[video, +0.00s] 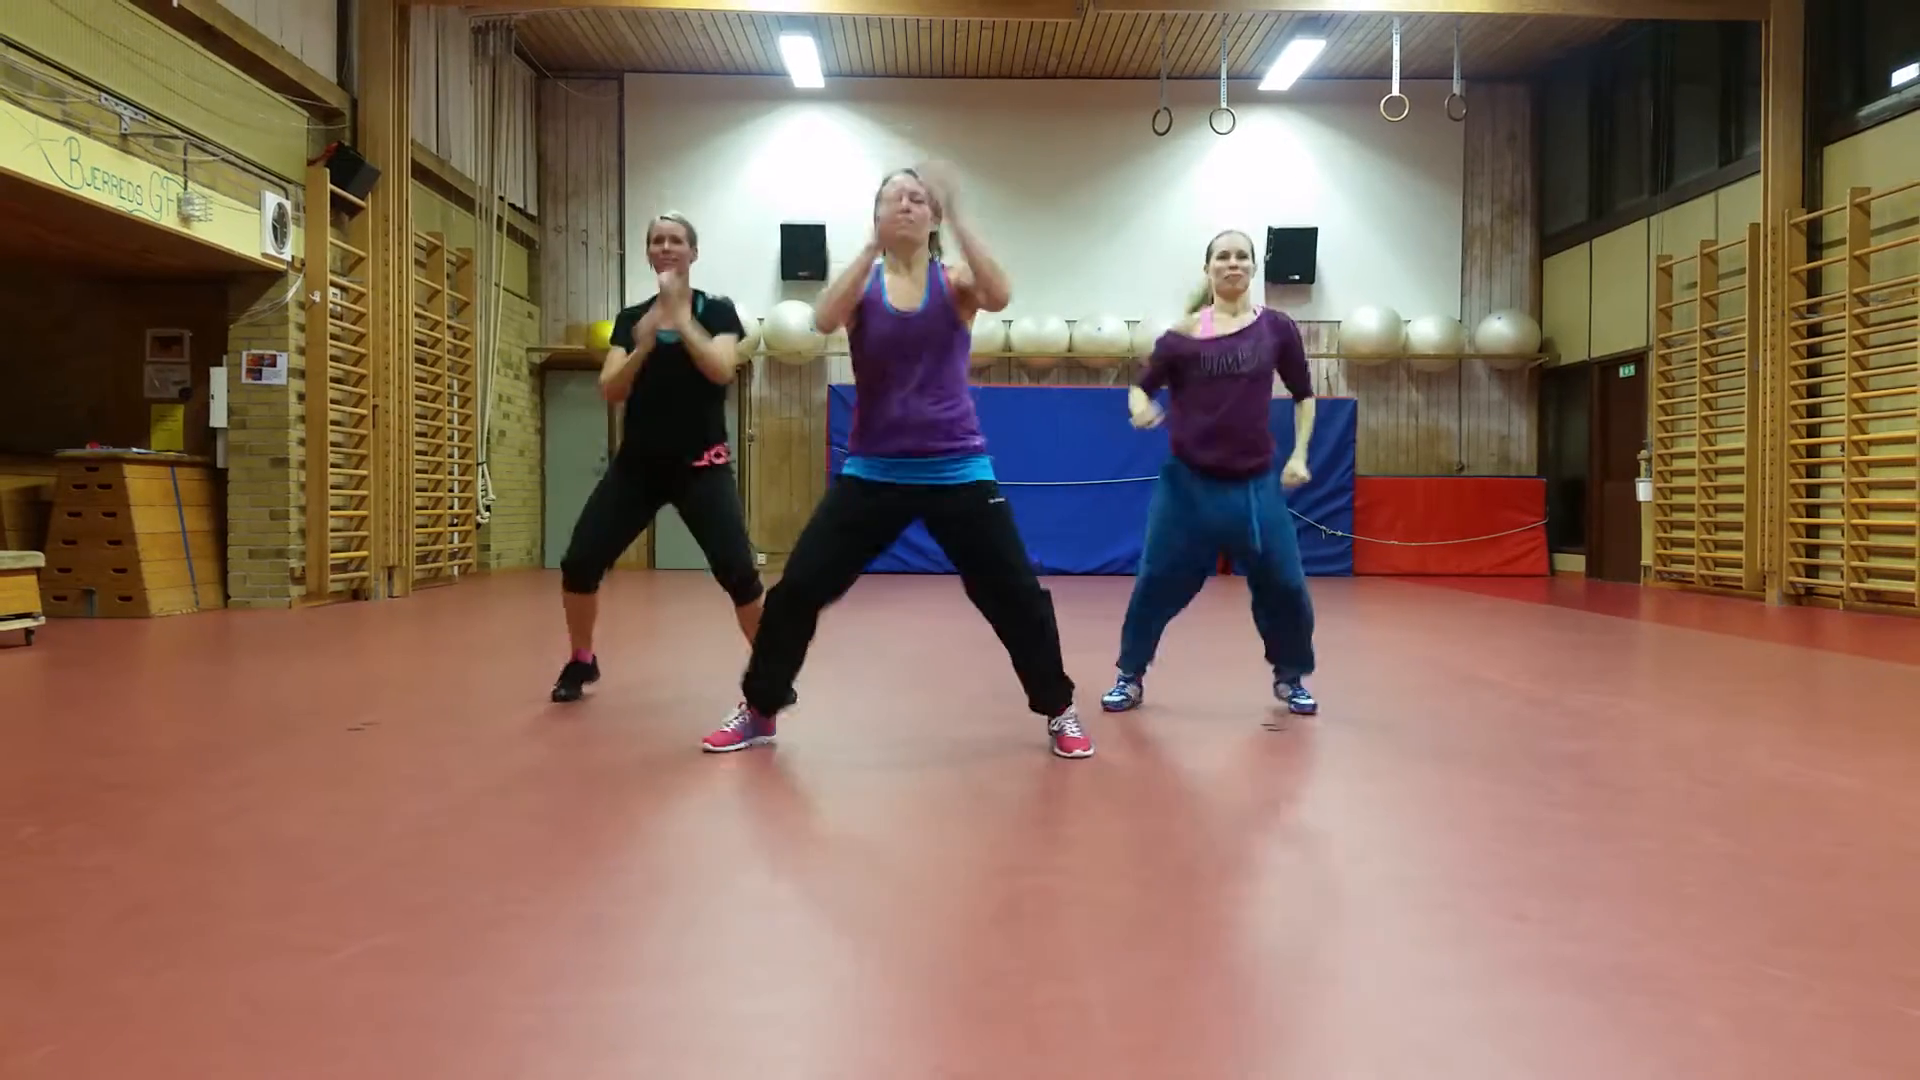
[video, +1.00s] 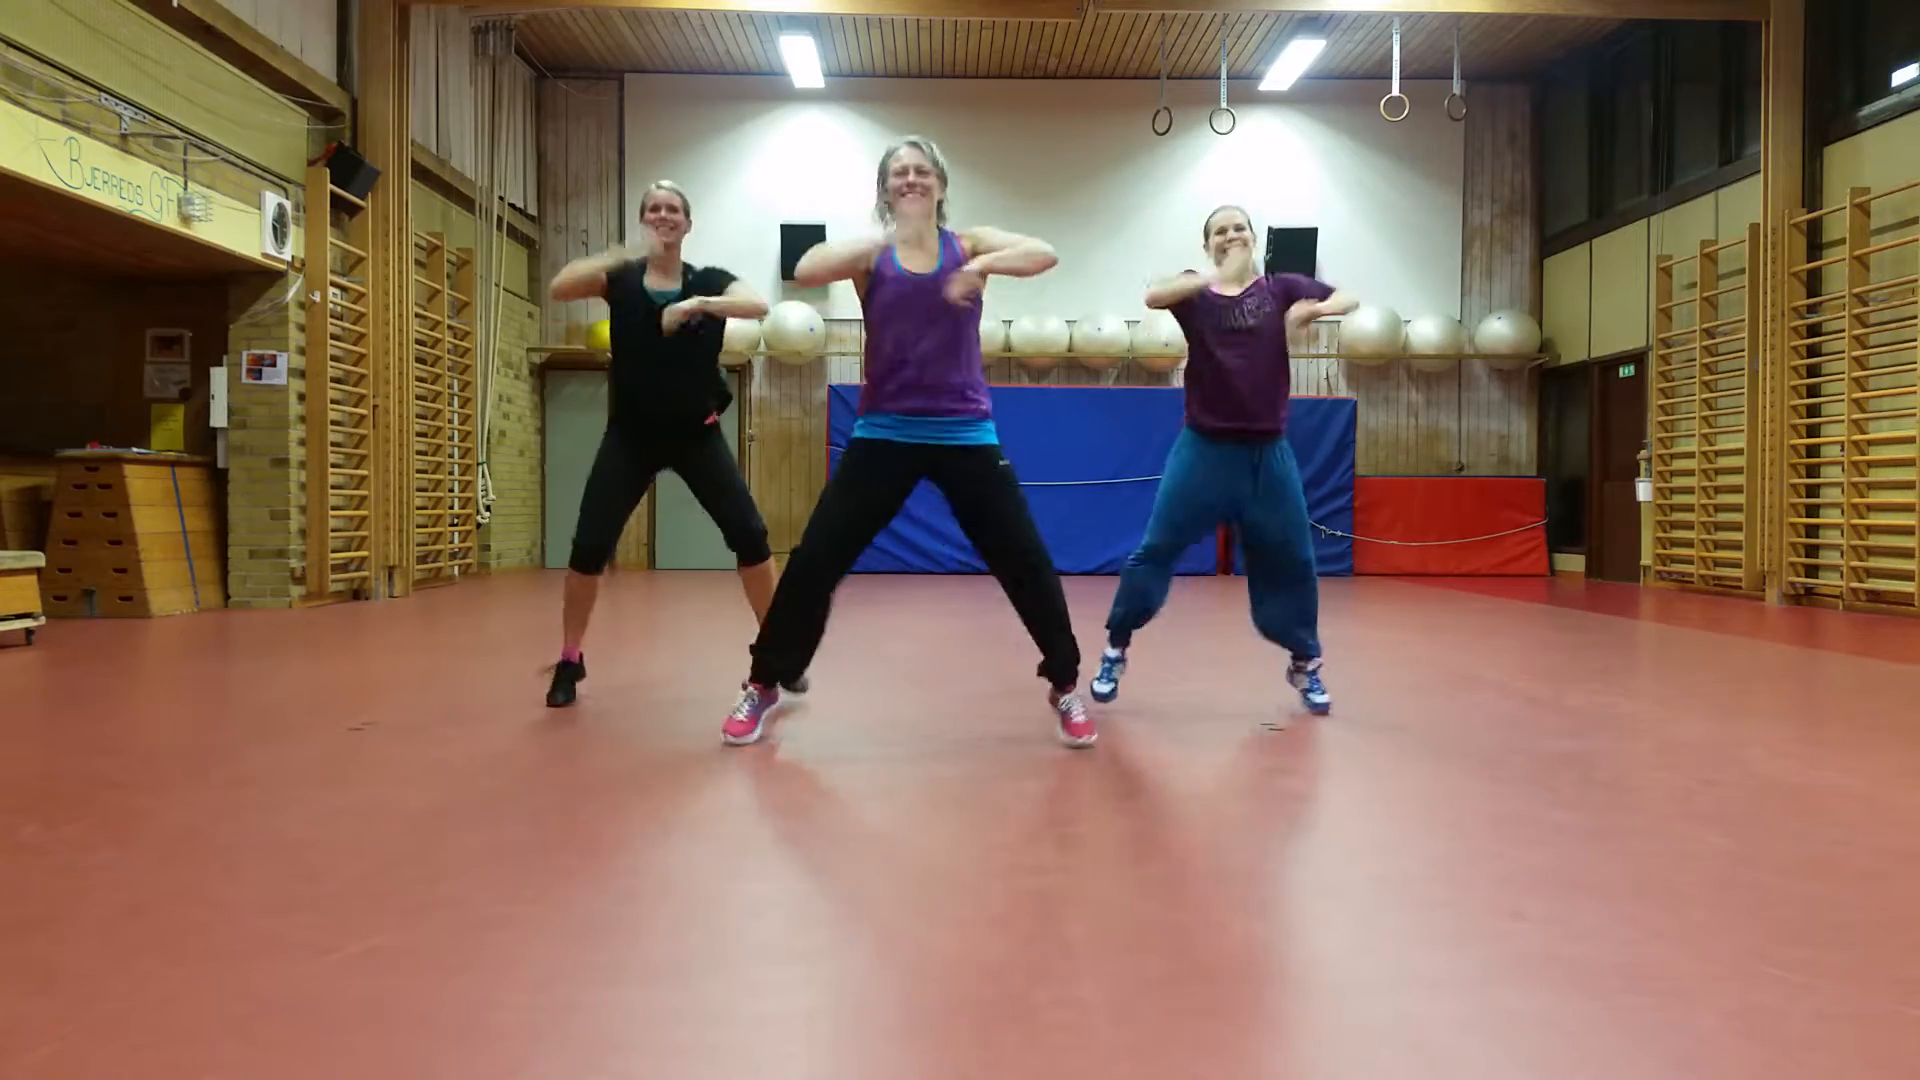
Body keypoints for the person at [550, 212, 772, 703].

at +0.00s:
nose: (665, 250)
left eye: (675, 242)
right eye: (657, 242)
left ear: (694, 252)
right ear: (647, 253)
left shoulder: (717, 311)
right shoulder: (632, 318)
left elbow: (722, 370)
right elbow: (610, 390)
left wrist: (683, 322)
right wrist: (643, 345)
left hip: (702, 467)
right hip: (638, 465)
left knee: (739, 574)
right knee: (579, 565)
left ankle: (771, 673)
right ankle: (581, 660)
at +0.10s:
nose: (665, 231)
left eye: (675, 223)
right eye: (657, 224)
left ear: (694, 235)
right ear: (647, 236)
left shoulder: (720, 294)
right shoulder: (627, 295)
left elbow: (744, 337)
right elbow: (594, 361)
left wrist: (689, 297)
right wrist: (603, 328)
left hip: (706, 452)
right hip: (640, 452)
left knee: (745, 560)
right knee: (573, 544)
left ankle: (776, 665)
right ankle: (559, 651)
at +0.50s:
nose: (656, 227)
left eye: (666, 220)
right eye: (648, 219)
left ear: (682, 232)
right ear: (636, 231)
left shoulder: (703, 287)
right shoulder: (618, 291)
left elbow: (744, 301)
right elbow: (558, 307)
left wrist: (681, 290)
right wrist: (617, 292)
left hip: (698, 452)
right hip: (633, 451)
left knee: (740, 562)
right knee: (568, 544)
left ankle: (767, 670)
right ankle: (556, 653)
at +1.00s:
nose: (662, 217)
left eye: (672, 209)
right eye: (653, 210)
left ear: (687, 222)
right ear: (641, 222)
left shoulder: (709, 281)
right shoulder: (620, 278)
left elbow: (758, 306)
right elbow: (559, 287)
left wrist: (700, 303)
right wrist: (620, 258)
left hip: (697, 435)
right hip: (630, 435)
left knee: (750, 536)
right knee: (588, 546)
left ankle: (777, 651)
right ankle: (569, 661)